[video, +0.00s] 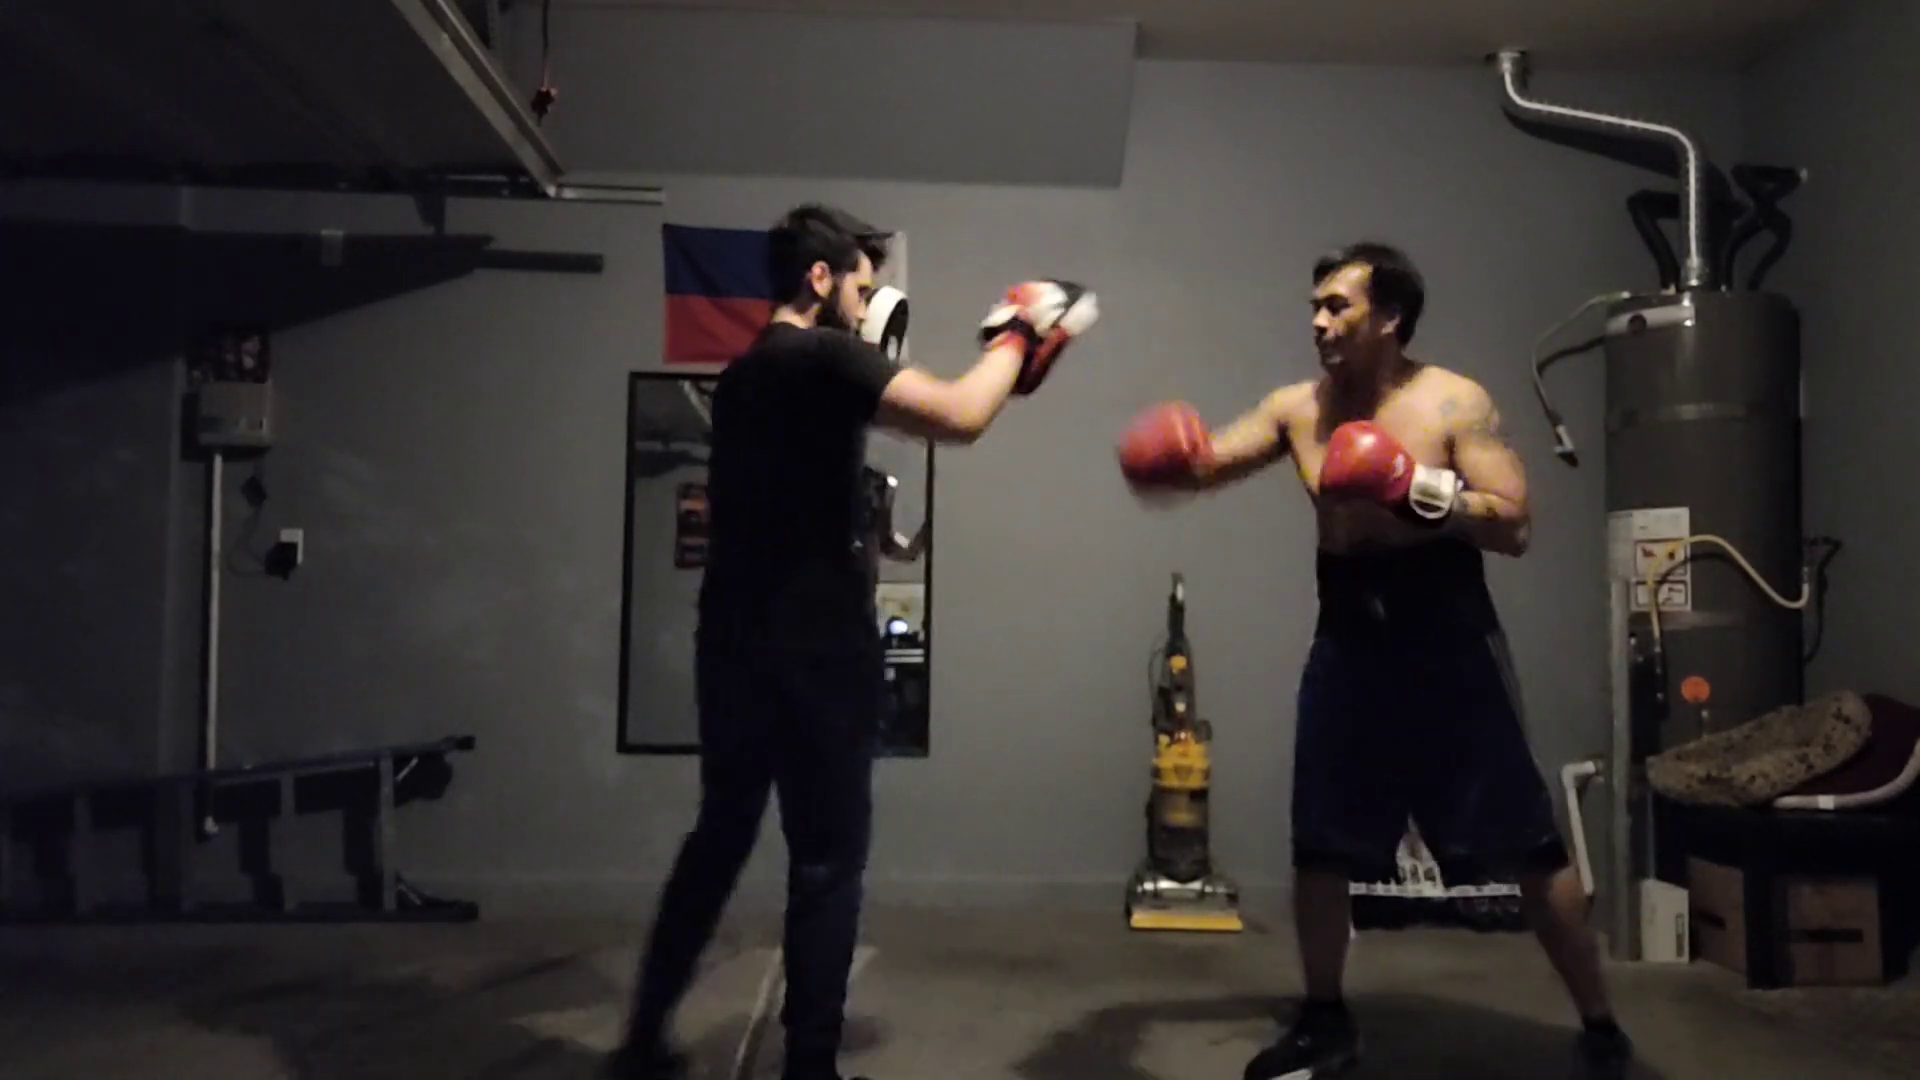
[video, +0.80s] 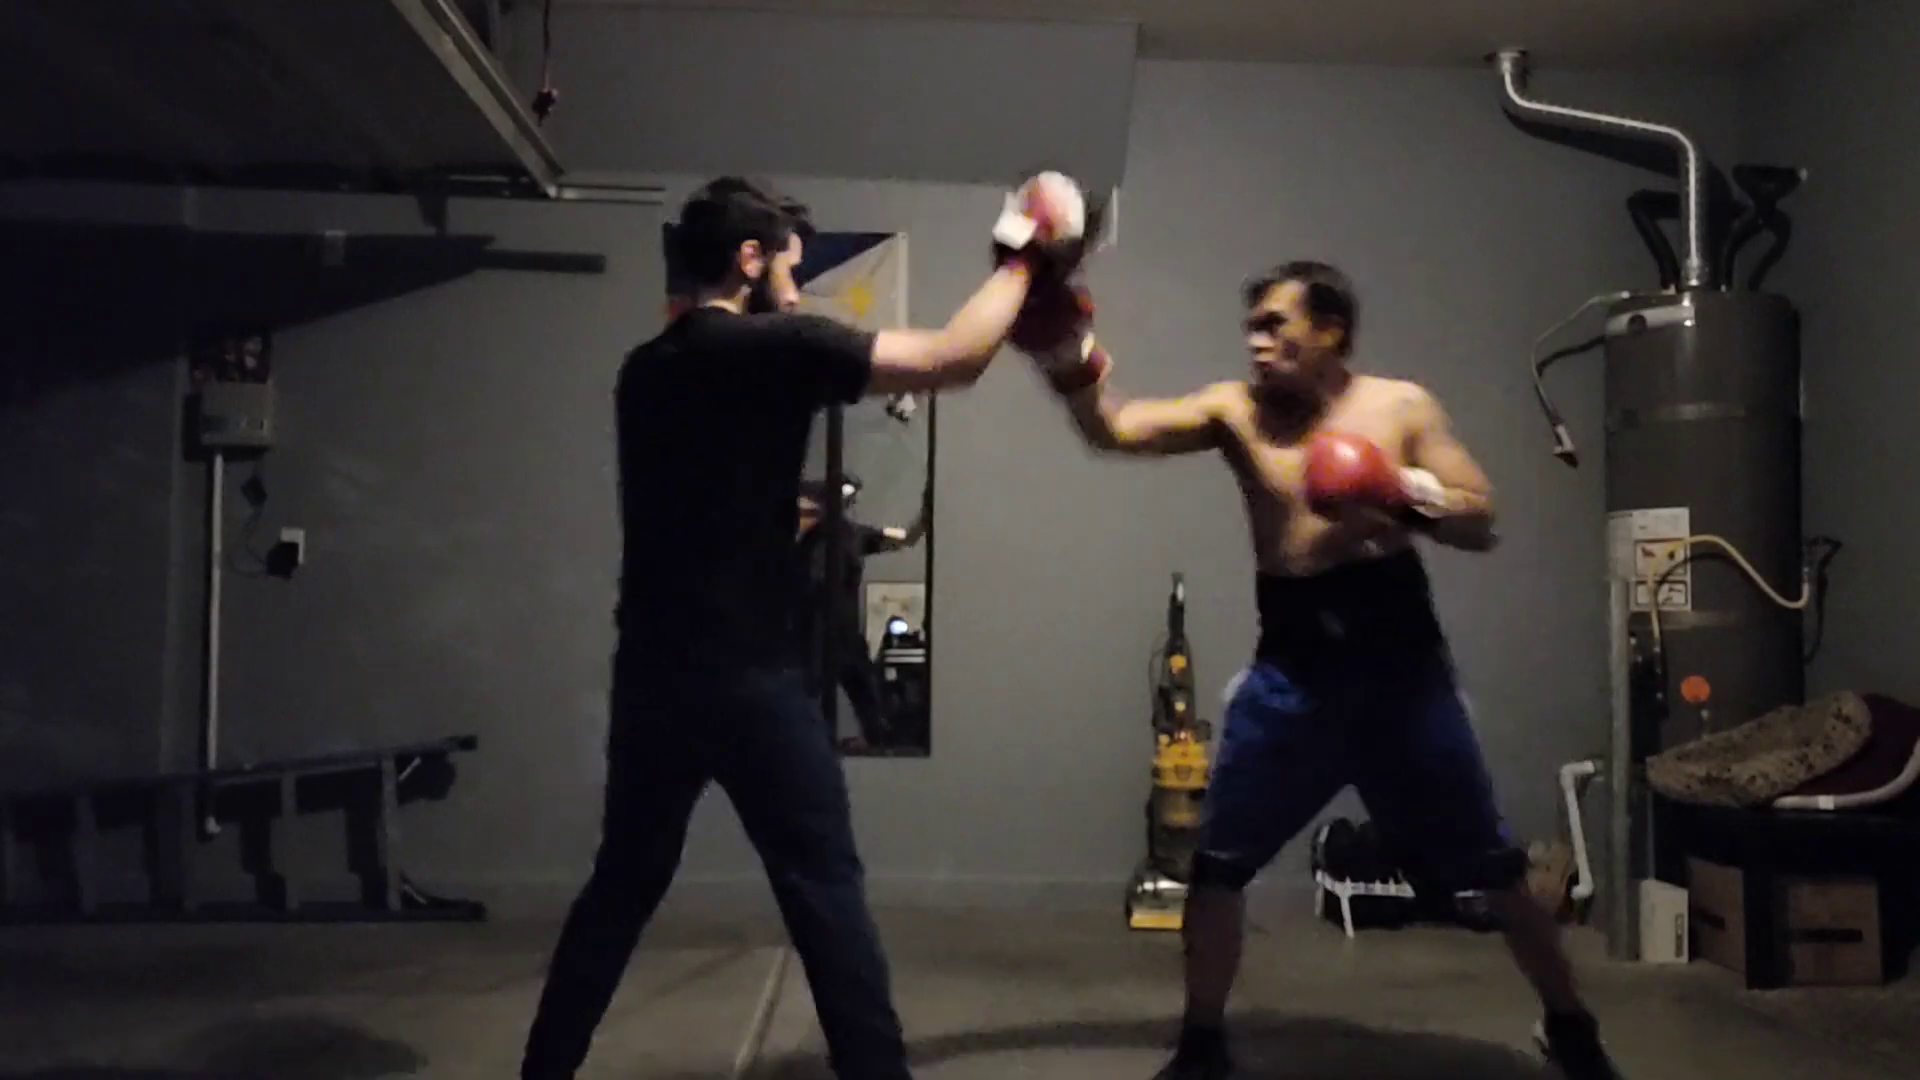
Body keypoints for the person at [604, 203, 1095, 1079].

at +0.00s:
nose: (873, 304)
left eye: (873, 289)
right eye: (867, 287)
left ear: (796, 283)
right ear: (822, 279)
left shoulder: (740, 374)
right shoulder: (824, 357)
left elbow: (936, 418)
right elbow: (962, 413)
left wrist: (1018, 363)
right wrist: (1016, 330)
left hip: (735, 646)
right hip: (820, 651)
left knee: (721, 835)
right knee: (829, 859)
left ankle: (643, 1035)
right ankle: (811, 1059)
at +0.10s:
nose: (857, 299)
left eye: (859, 283)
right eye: (851, 281)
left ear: (780, 276)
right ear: (804, 274)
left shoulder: (729, 365)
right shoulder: (800, 359)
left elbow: (886, 440)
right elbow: (916, 436)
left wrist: (971, 379)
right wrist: (964, 346)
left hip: (718, 645)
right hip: (800, 652)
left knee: (683, 841)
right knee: (823, 859)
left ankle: (574, 1045)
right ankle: (812, 1063)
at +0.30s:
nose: (808, 324)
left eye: (810, 307)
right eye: (800, 303)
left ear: (736, 296)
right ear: (752, 292)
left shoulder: (678, 377)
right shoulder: (723, 371)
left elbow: (730, 533)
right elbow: (825, 458)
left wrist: (794, 514)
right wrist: (846, 352)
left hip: (657, 675)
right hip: (733, 679)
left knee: (599, 877)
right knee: (820, 860)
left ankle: (533, 1063)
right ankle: (813, 1065)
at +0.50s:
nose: (767, 296)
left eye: (771, 281)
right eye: (763, 278)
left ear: (681, 270)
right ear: (719, 267)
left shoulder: (630, 360)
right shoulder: (700, 344)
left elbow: (671, 503)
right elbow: (817, 415)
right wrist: (817, 318)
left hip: (628, 655)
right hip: (711, 657)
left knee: (591, 868)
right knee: (802, 853)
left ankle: (532, 1063)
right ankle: (831, 1061)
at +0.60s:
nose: (765, 291)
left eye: (766, 273)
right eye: (761, 270)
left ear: (675, 262)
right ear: (724, 262)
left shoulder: (622, 361)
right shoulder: (717, 348)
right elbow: (860, 401)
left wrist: (810, 313)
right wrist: (850, 301)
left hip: (624, 658)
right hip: (718, 661)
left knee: (587, 873)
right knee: (808, 863)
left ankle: (531, 1064)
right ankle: (844, 1062)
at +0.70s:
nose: (780, 287)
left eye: (780, 269)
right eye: (774, 267)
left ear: (687, 264)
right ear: (730, 259)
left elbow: (644, 511)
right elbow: (907, 393)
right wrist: (922, 289)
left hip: (632, 664)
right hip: (731, 665)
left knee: (603, 877)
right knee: (814, 872)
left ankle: (537, 1063)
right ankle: (863, 1063)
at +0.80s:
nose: (799, 283)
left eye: (801, 268)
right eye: (794, 266)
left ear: (686, 266)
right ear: (749, 262)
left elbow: (689, 501)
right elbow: (952, 357)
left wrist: (784, 516)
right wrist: (1024, 256)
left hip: (654, 669)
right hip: (757, 674)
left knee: (624, 877)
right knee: (823, 887)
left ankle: (545, 1065)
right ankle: (875, 1065)